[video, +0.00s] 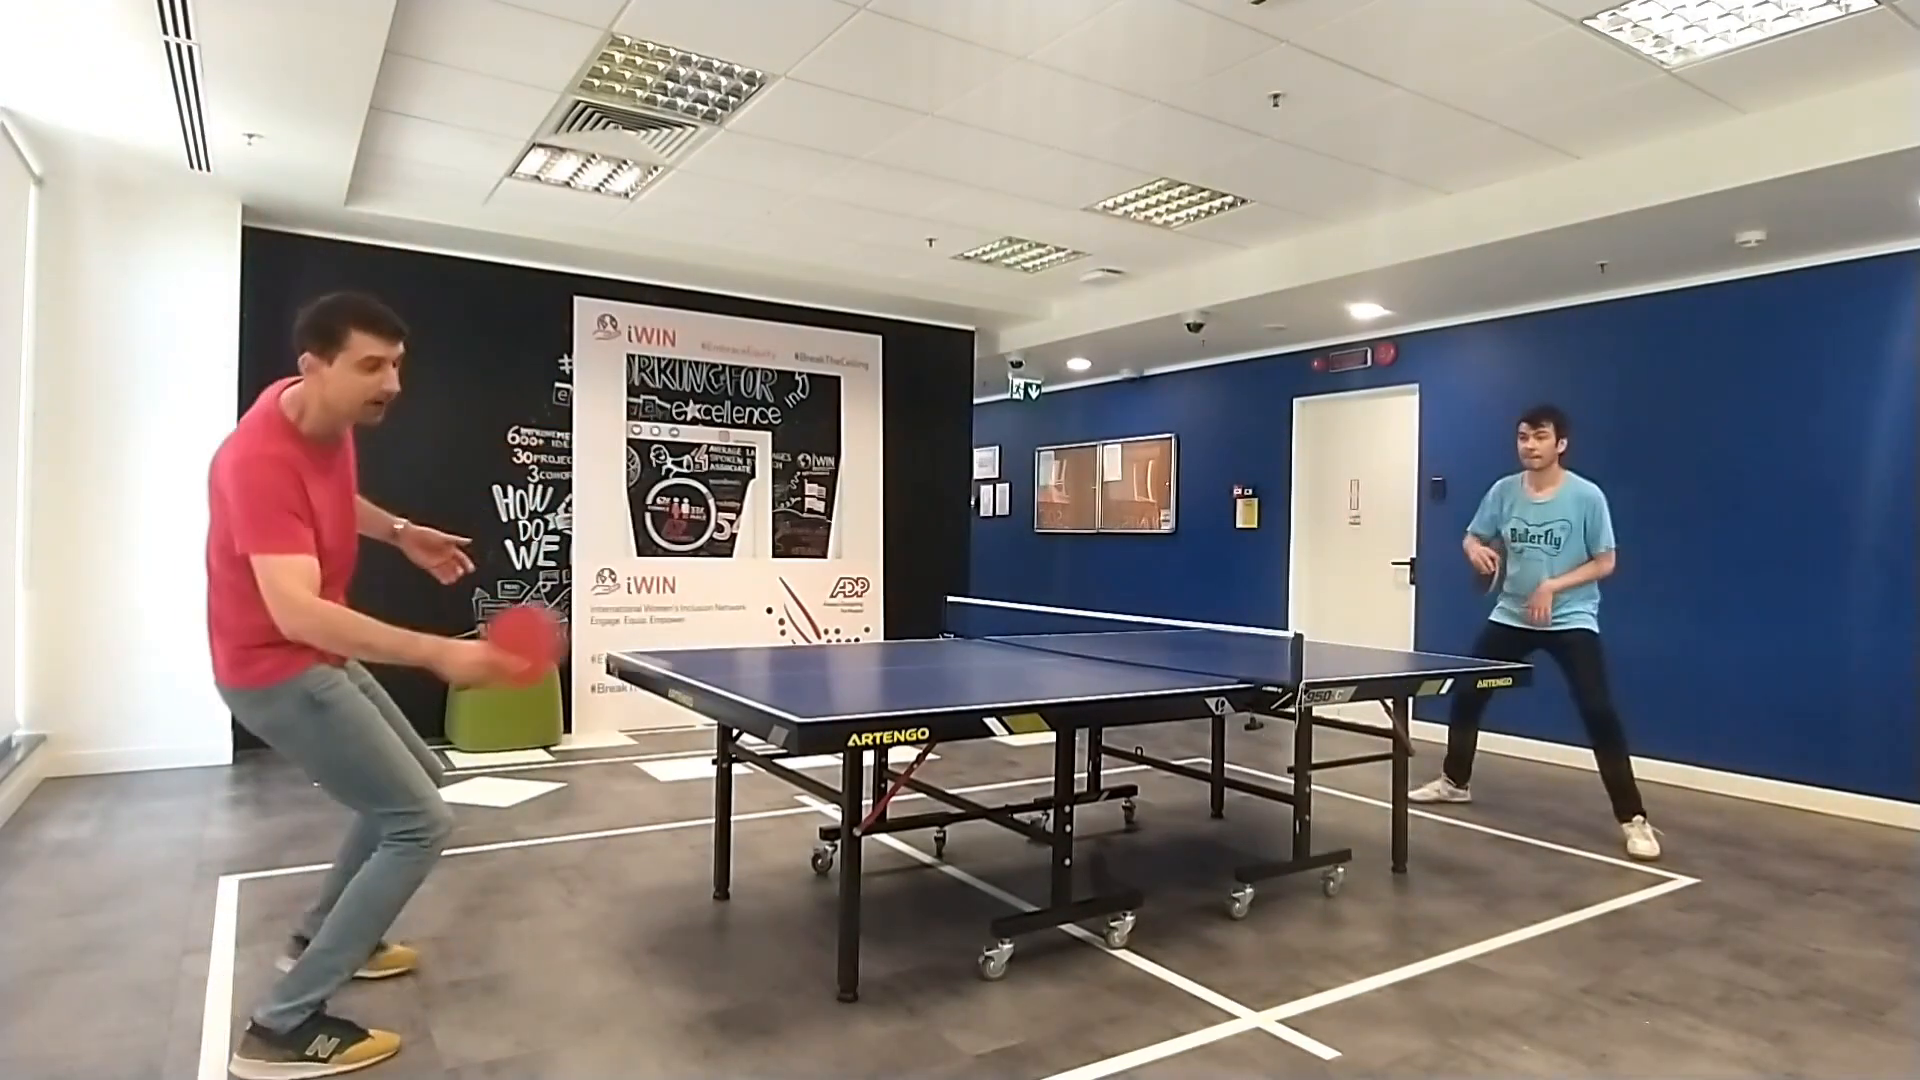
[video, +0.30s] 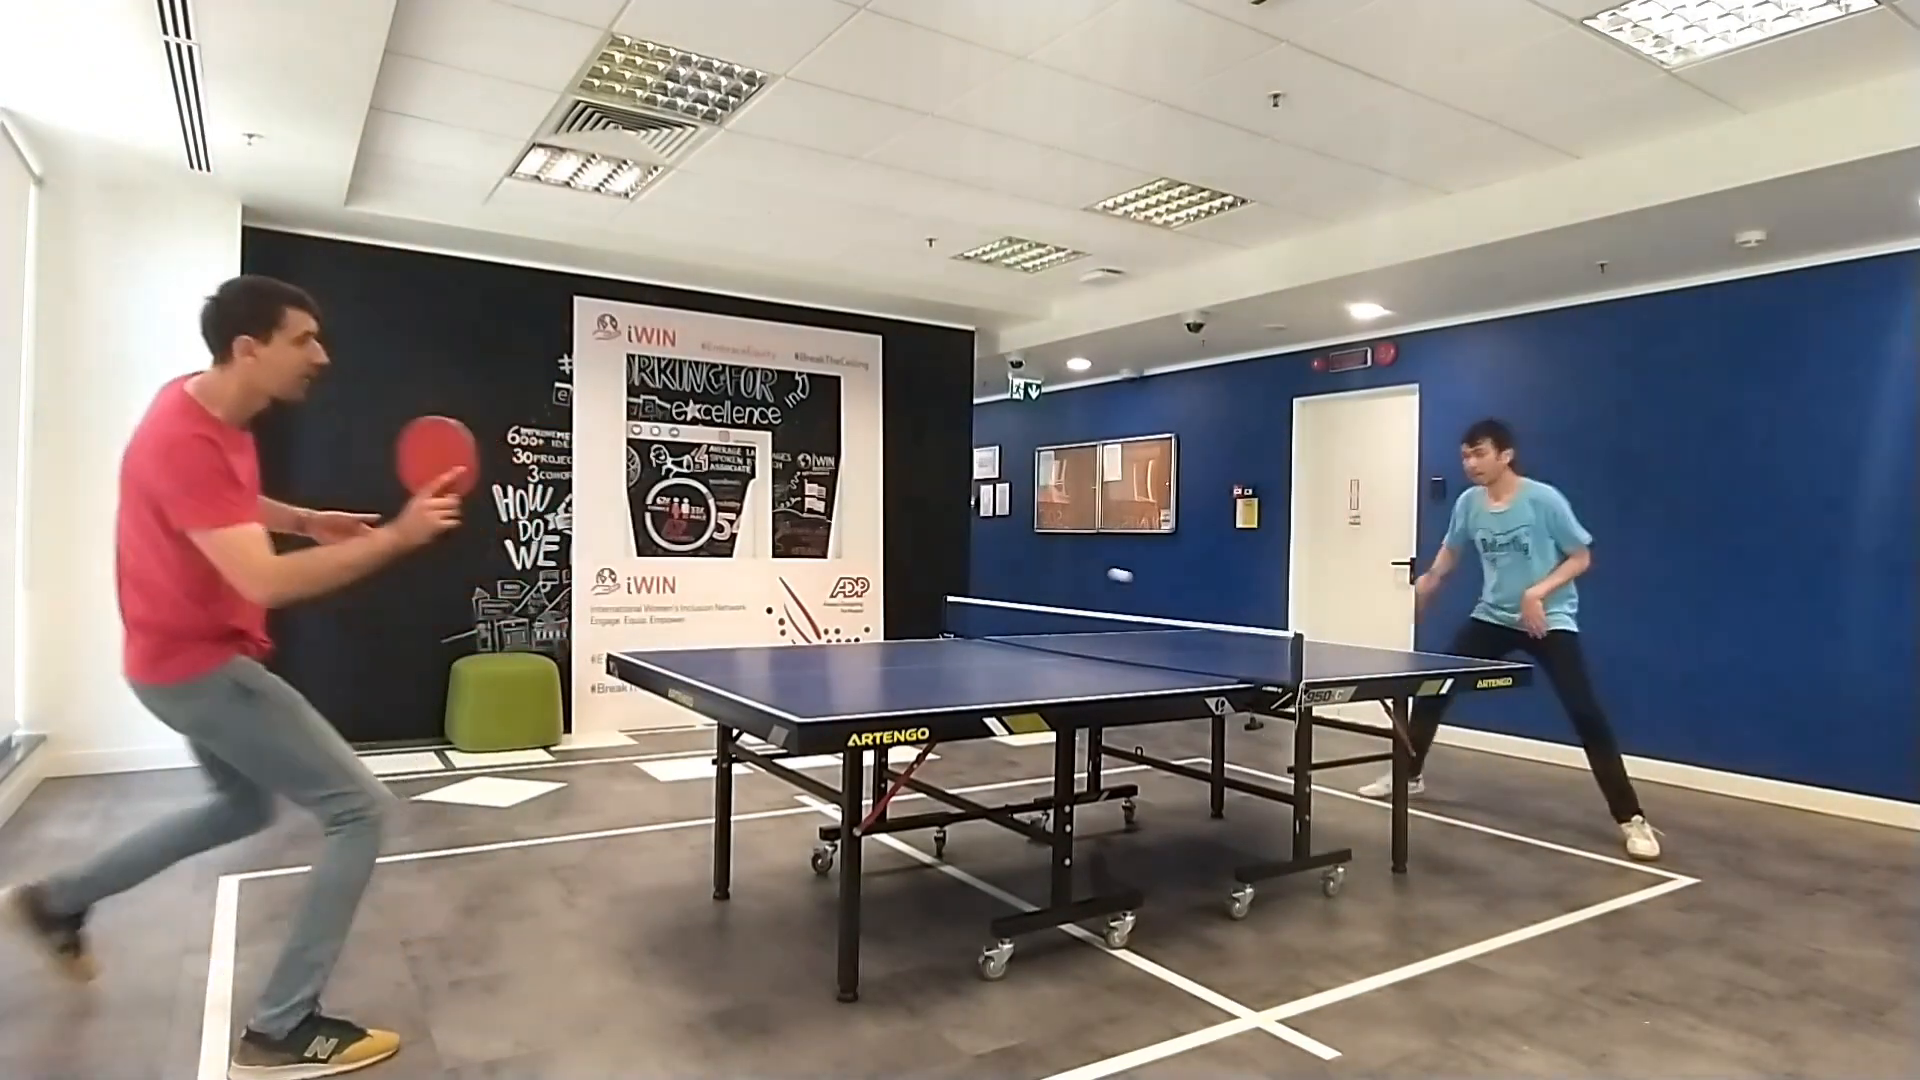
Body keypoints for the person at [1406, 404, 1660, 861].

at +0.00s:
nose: (1529, 445)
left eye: (1539, 437)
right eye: (1523, 437)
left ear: (1560, 444)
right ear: (1517, 443)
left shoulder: (1588, 497)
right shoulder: (1503, 492)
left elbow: (1605, 562)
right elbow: (1474, 538)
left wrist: (1553, 584)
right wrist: (1474, 548)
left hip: (1571, 620)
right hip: (1510, 616)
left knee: (1597, 710)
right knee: (1466, 690)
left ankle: (1633, 820)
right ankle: (1454, 782)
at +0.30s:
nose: (1470, 462)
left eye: (1478, 453)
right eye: (1466, 455)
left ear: (1506, 455)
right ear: (1466, 461)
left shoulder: (1543, 498)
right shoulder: (1468, 502)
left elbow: (1581, 557)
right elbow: (1448, 553)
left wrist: (1538, 591)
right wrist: (1430, 578)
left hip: (1549, 622)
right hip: (1491, 617)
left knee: (1586, 713)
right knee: (1432, 685)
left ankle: (1631, 820)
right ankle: (1407, 774)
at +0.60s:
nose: (1383, 492)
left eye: (1385, 482)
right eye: (1380, 485)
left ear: (1410, 474)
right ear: (1406, 478)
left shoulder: (1466, 504)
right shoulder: (1417, 532)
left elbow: (1518, 552)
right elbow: (1399, 582)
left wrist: (1476, 591)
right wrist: (1338, 583)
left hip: (1522, 626)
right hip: (1468, 629)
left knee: (1573, 712)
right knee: (1408, 683)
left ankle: (1632, 816)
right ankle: (1406, 778)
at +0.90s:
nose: (1426, 484)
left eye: (1434, 474)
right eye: (1424, 477)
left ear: (1463, 475)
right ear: (1433, 486)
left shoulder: (1508, 511)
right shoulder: (1435, 535)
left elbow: (1554, 563)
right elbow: (1392, 585)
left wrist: (1514, 588)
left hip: (1541, 636)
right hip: (1483, 639)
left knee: (1602, 716)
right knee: (1414, 685)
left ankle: (1689, 813)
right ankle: (1405, 780)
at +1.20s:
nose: (1548, 462)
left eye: (1558, 453)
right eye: (1546, 455)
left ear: (1586, 459)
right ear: (1546, 462)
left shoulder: (1623, 507)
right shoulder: (1549, 514)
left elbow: (1670, 565)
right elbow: (1528, 566)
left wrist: (1626, 598)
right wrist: (1507, 585)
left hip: (1628, 637)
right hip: (1572, 629)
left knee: (1653, 726)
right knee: (1505, 682)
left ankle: (1703, 827)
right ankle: (1468, 776)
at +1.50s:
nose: (1570, 474)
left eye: (1578, 464)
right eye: (1566, 466)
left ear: (1606, 465)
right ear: (1566, 471)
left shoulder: (1643, 508)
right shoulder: (1579, 524)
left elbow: (1698, 561)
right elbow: (1592, 576)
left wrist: (1650, 571)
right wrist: (1545, 599)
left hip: (1672, 628)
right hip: (1622, 634)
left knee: (1702, 712)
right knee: (1569, 704)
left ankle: (1802, 815)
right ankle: (1592, 786)